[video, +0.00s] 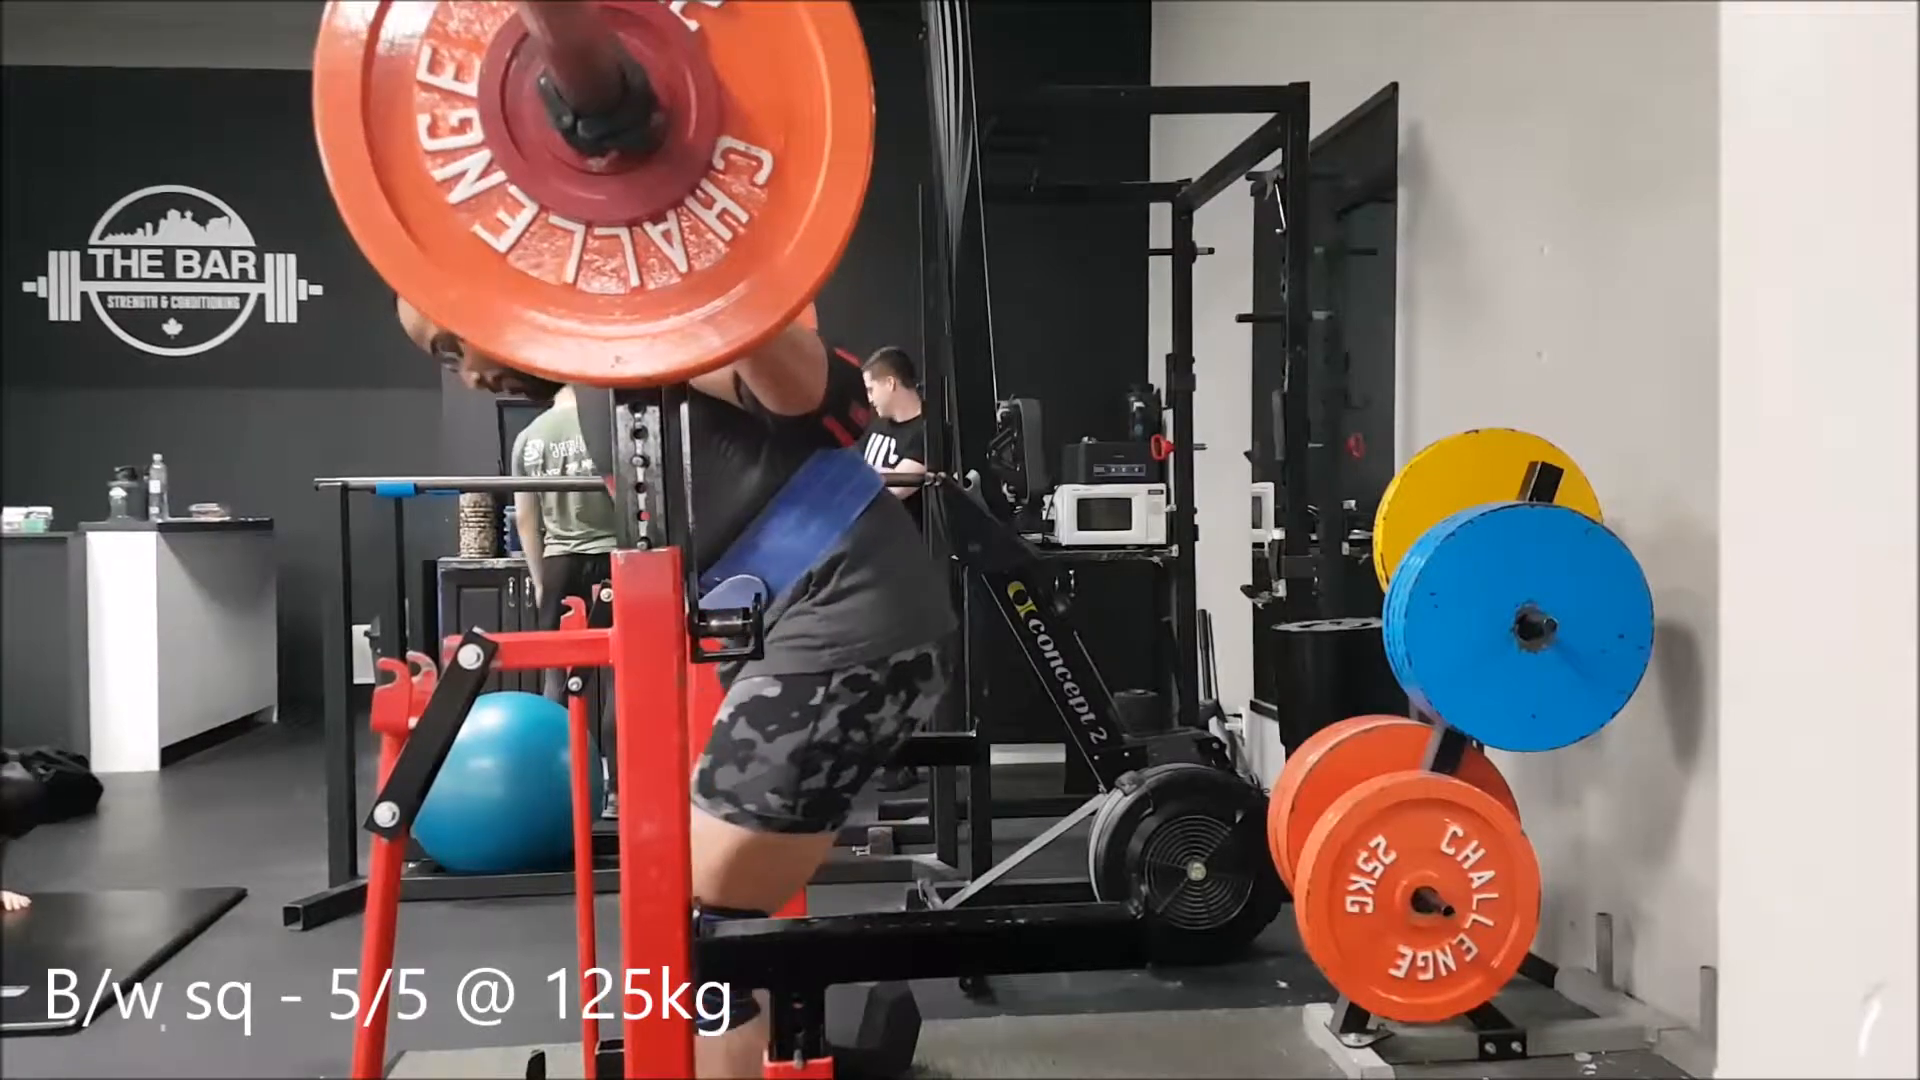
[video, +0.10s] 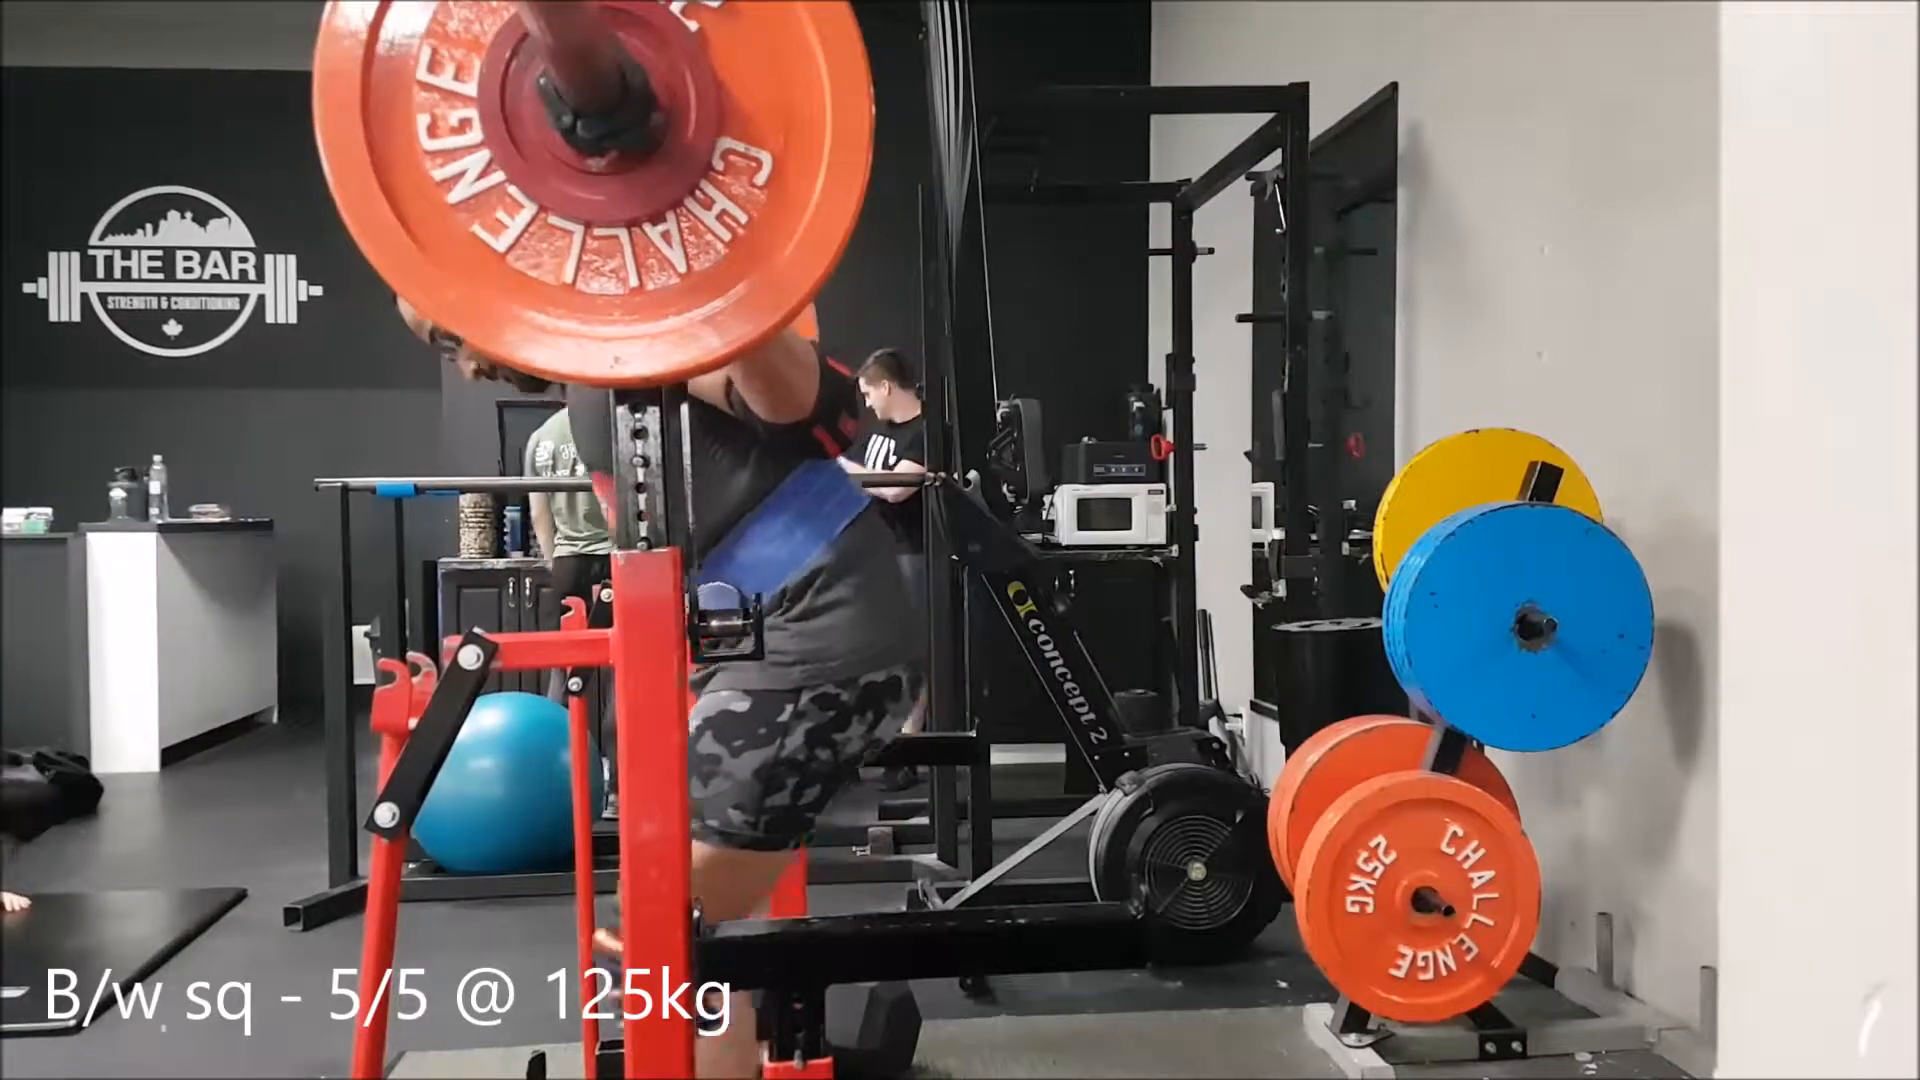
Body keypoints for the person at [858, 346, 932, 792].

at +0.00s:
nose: (869, 396)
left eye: (872, 386)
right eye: (867, 388)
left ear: (894, 383)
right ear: (892, 385)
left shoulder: (927, 429)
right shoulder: (880, 428)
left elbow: (908, 485)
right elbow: (856, 473)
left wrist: (859, 477)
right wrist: (896, 480)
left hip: (924, 550)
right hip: (882, 548)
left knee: (923, 650)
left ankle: (913, 757)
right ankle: (890, 756)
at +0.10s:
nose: (866, 400)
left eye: (868, 390)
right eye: (864, 392)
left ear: (888, 385)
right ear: (886, 387)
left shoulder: (926, 430)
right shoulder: (876, 429)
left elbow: (899, 489)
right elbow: (846, 471)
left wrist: (854, 475)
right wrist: (887, 479)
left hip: (917, 553)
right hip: (881, 550)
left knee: (917, 649)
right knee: (888, 649)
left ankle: (913, 745)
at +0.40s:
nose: (862, 404)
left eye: (863, 394)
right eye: (860, 395)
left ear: (883, 388)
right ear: (882, 388)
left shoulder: (926, 427)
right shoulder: (877, 430)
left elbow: (898, 488)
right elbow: (869, 489)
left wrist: (860, 458)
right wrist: (838, 523)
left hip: (907, 553)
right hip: (865, 553)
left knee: (908, 651)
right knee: (853, 653)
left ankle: (908, 755)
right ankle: (846, 754)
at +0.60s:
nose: (858, 399)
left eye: (861, 389)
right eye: (856, 390)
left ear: (882, 383)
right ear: (879, 384)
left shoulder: (927, 426)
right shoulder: (874, 429)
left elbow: (915, 495)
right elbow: (867, 486)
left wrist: (856, 499)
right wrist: (842, 514)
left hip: (906, 553)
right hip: (863, 552)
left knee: (907, 650)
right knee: (855, 651)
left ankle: (907, 755)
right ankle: (843, 755)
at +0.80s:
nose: (857, 396)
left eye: (859, 386)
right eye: (855, 387)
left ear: (881, 382)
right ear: (879, 383)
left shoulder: (926, 427)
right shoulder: (873, 430)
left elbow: (930, 499)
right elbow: (862, 492)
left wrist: (890, 549)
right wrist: (825, 529)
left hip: (906, 556)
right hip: (861, 553)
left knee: (907, 652)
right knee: (856, 649)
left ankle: (908, 756)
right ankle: (844, 753)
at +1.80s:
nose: (874, 382)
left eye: (880, 373)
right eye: (871, 374)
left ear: (899, 376)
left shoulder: (927, 428)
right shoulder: (867, 425)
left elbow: (939, 502)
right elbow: (856, 491)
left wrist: (921, 562)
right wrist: (849, 543)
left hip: (909, 552)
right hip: (868, 549)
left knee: (910, 652)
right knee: (867, 651)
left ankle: (907, 754)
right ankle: (857, 747)